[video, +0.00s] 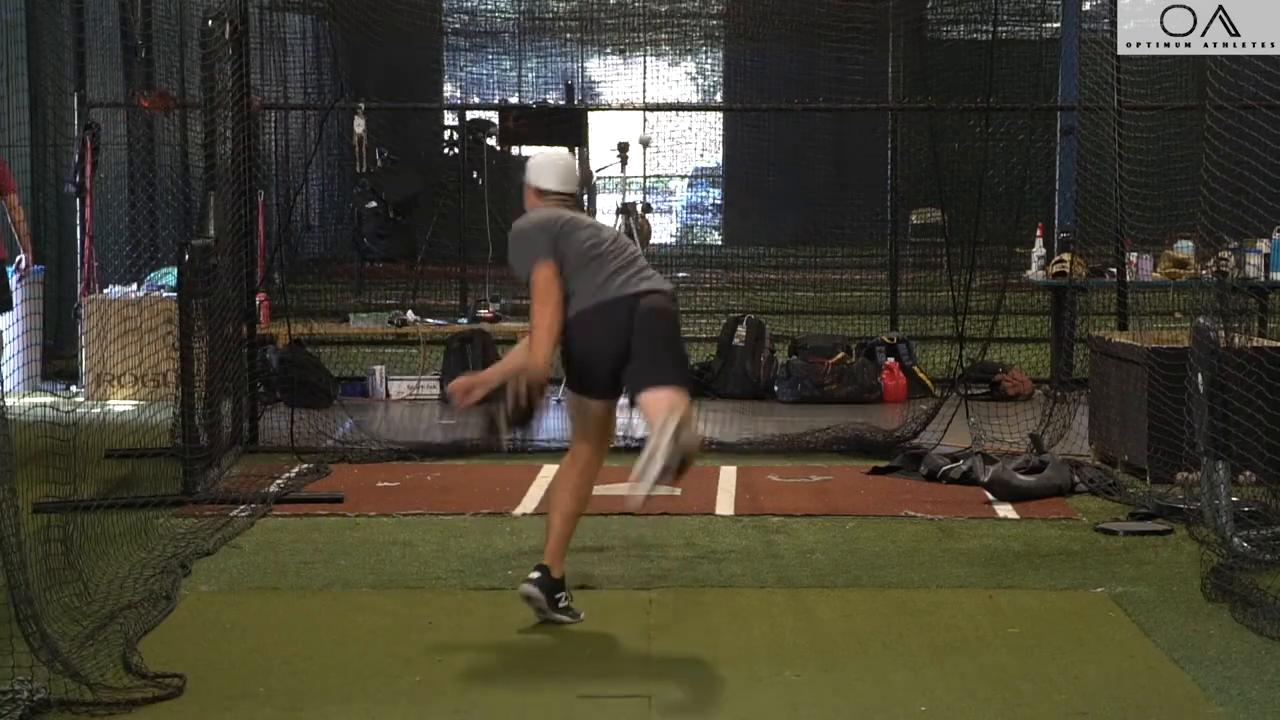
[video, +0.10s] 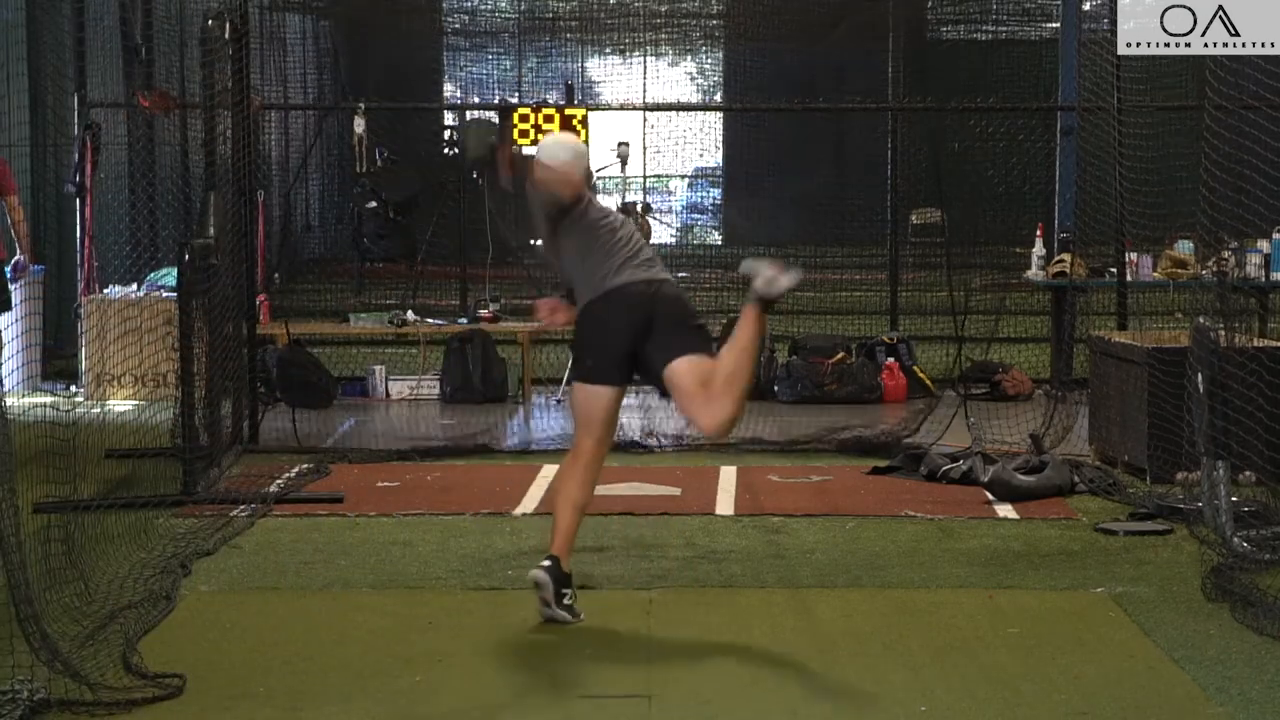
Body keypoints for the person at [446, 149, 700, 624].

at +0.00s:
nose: (524, 200)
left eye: (525, 194)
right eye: (528, 195)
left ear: (532, 193)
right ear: (574, 197)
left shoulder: (534, 226)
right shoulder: (594, 231)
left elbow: (547, 288)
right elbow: (543, 331)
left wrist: (539, 361)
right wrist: (487, 377)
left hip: (594, 321)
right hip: (655, 309)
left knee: (586, 444)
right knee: (668, 408)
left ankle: (550, 574)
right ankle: (672, 437)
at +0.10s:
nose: (508, 170)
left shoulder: (549, 180)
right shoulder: (601, 216)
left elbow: (570, 186)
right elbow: (621, 276)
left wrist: (524, 166)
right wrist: (574, 308)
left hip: (609, 309)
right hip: (661, 301)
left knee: (587, 446)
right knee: (713, 414)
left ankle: (557, 561)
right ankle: (757, 298)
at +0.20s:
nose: (549, 136)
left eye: (558, 124)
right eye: (556, 126)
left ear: (573, 132)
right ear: (600, 138)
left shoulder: (577, 164)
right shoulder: (614, 184)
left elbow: (566, 101)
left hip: (623, 286)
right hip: (675, 283)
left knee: (598, 428)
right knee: (732, 402)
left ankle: (575, 555)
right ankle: (810, 295)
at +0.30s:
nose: (587, 129)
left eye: (590, 124)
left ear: (593, 124)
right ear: (635, 129)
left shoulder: (586, 146)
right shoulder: (659, 173)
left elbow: (516, 118)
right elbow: (704, 248)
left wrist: (494, 107)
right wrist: (689, 287)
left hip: (635, 280)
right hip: (684, 278)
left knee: (634, 403)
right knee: (699, 389)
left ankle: (635, 502)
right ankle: (812, 434)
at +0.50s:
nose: (628, 143)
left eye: (628, 137)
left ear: (632, 142)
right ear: (672, 145)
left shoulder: (613, 194)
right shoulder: (696, 191)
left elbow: (599, 274)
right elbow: (748, 250)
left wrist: (600, 324)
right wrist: (794, 306)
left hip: (668, 316)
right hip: (711, 312)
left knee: (685, 439)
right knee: (647, 415)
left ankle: (775, 442)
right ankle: (691, 531)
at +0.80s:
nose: (671, 117)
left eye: (672, 111)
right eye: (677, 110)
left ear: (677, 112)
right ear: (713, 110)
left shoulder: (686, 166)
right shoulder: (739, 161)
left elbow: (671, 245)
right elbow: (772, 227)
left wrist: (618, 274)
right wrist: (813, 278)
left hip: (724, 301)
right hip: (720, 298)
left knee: (724, 403)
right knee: (654, 374)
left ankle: (791, 496)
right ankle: (703, 480)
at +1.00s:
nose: (683, 115)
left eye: (686, 107)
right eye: (684, 107)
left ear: (700, 106)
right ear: (717, 104)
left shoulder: (728, 155)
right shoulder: (721, 149)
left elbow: (715, 232)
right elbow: (707, 215)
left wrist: (643, 257)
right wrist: (664, 230)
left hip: (738, 289)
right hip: (714, 284)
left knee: (737, 390)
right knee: (679, 363)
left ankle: (793, 496)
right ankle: (707, 450)